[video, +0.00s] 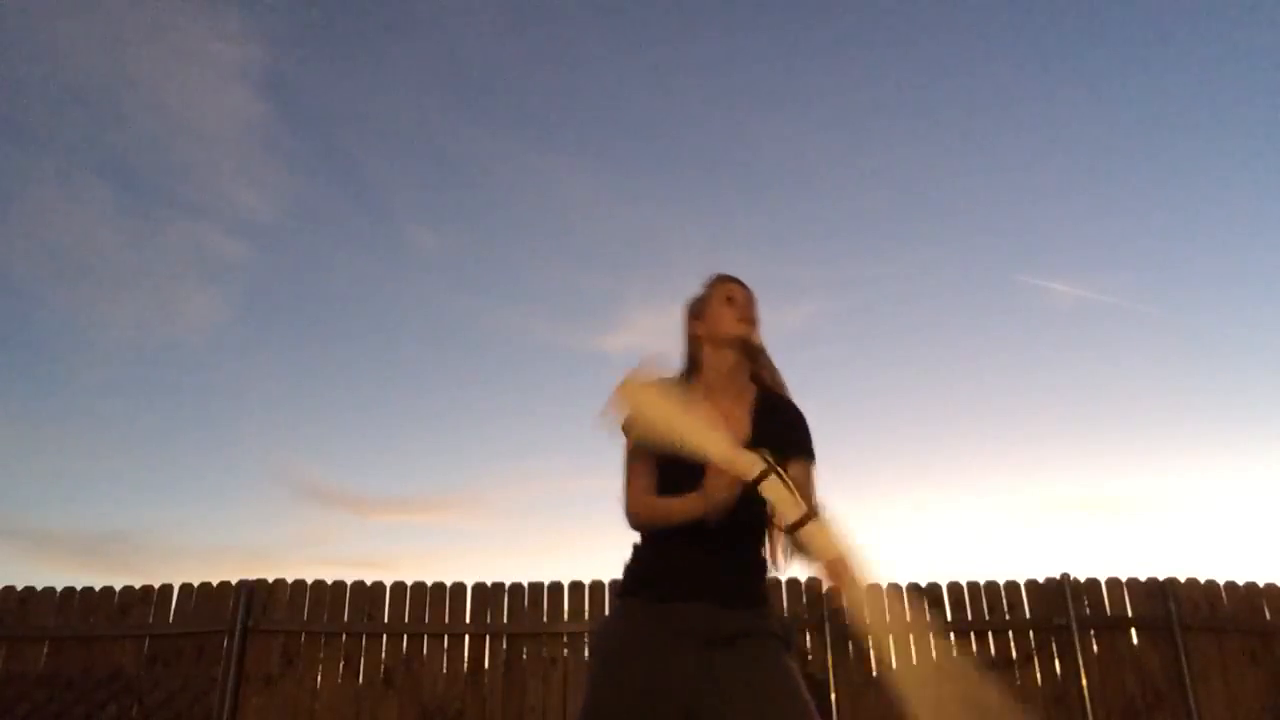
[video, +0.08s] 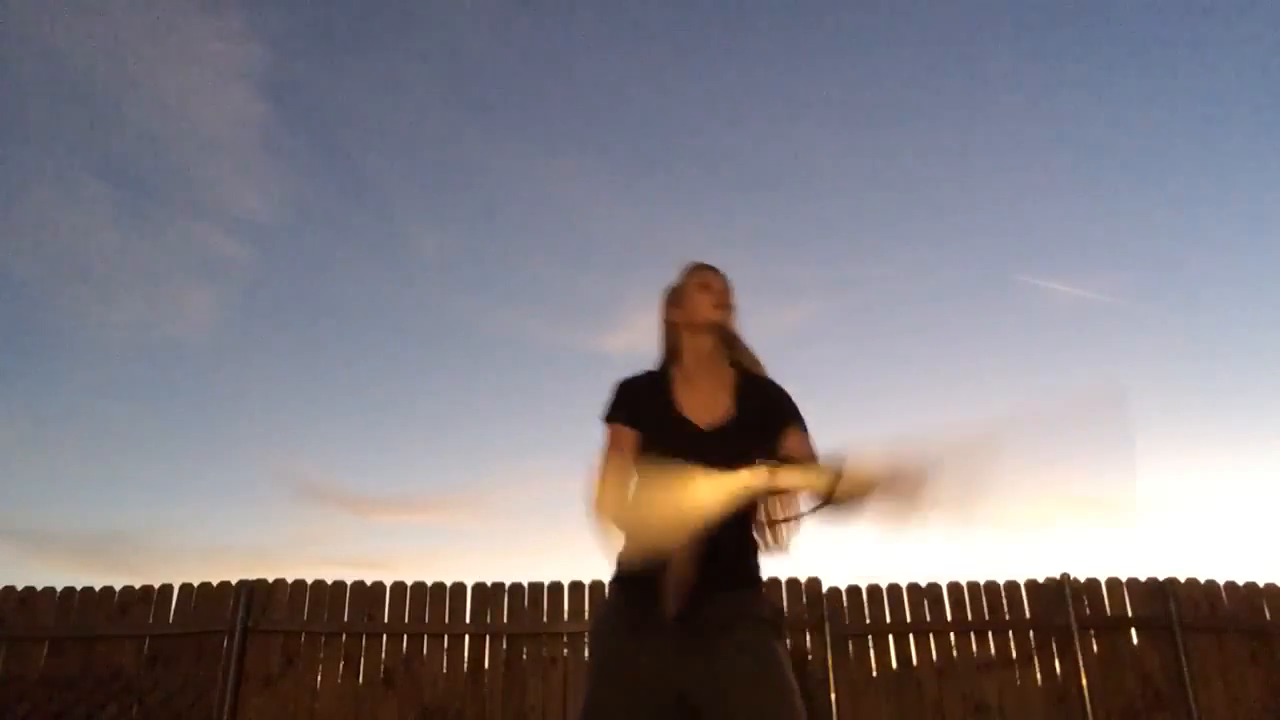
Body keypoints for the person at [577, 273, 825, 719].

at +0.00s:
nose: (741, 310)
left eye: (747, 307)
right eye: (727, 300)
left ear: (754, 331)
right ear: (696, 323)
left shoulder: (780, 415)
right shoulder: (657, 406)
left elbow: (800, 513)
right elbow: (638, 508)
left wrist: (830, 559)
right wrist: (704, 500)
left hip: (742, 613)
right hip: (652, 610)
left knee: (789, 710)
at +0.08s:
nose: (710, 296)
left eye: (718, 291)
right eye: (698, 288)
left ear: (729, 313)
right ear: (672, 310)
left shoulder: (766, 397)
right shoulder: (638, 394)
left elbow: (806, 477)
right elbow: (609, 498)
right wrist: (657, 519)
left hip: (733, 592)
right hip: (643, 596)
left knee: (770, 708)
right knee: (621, 708)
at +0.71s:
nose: (561, 308)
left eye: (573, 303)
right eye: (548, 305)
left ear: (592, 331)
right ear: (533, 336)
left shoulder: (619, 391)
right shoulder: (514, 420)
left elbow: (701, 469)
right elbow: (429, 470)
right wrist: (441, 379)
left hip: (602, 595)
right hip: (525, 600)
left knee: (592, 708)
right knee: (519, 708)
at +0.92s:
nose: (521, 356)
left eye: (521, 342)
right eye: (509, 345)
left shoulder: (575, 381)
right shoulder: (480, 425)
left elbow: (644, 472)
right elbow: (372, 445)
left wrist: (591, 526)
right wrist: (378, 351)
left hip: (571, 597)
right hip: (510, 605)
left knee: (443, 707)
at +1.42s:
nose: (360, 377)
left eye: (367, 361)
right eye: (356, 371)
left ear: (405, 348)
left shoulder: (469, 381)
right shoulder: (391, 470)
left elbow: (560, 441)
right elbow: (411, 559)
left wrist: (520, 530)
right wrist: (359, 601)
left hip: (502, 593)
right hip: (445, 612)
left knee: (406, 710)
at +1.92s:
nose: (373, 366)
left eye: (379, 350)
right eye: (366, 360)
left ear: (418, 338)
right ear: (372, 373)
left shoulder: (481, 378)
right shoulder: (398, 457)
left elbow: (570, 446)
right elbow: (414, 543)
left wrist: (526, 532)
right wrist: (378, 587)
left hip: (503, 590)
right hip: (447, 602)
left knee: (401, 708)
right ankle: (544, 694)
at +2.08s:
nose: (402, 355)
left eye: (410, 339)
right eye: (395, 349)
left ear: (447, 335)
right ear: (398, 363)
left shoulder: (512, 382)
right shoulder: (418, 451)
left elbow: (603, 448)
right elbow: (435, 538)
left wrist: (582, 546)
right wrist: (397, 575)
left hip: (526, 589)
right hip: (461, 602)